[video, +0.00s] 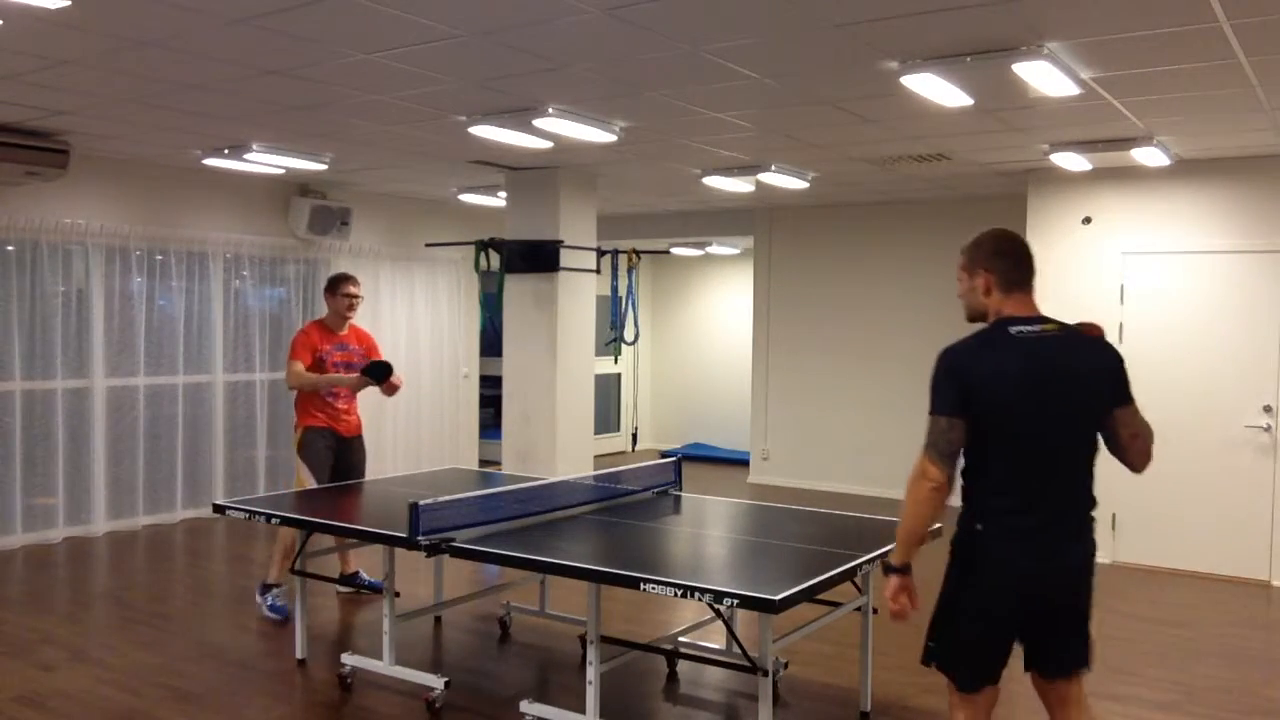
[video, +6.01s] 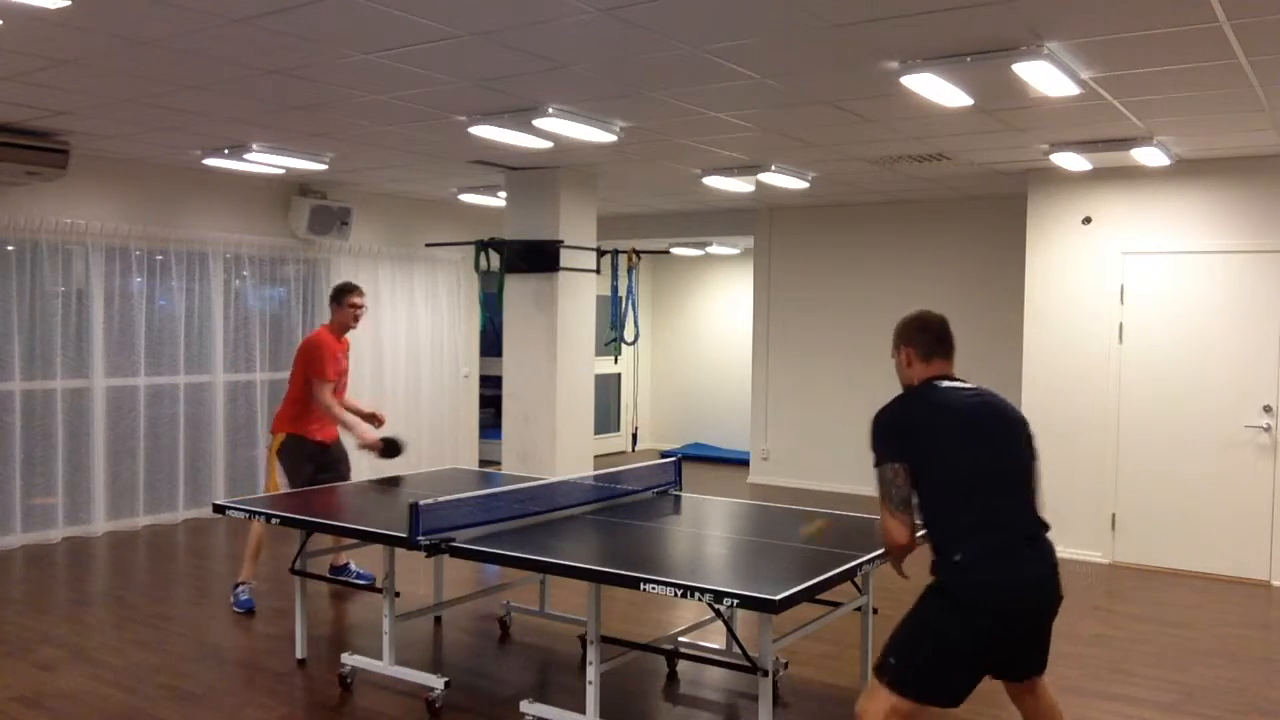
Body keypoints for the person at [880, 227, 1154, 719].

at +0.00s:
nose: (959, 290)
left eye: (962, 277)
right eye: (959, 277)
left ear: (986, 281)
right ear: (1028, 278)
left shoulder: (963, 360)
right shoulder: (1091, 354)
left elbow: (934, 477)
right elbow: (1138, 453)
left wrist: (900, 564)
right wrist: (1102, 359)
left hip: (988, 557)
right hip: (1066, 554)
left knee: (971, 700)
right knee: (1063, 689)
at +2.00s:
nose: (904, 373)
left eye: (906, 362)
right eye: (904, 363)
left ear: (922, 361)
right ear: (949, 359)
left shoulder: (949, 407)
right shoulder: (975, 403)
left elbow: (936, 505)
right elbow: (927, 508)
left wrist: (883, 464)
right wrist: (849, 509)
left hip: (1002, 577)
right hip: (1037, 572)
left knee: (906, 694)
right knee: (1001, 661)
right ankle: (1034, 717)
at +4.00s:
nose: (1009, 324)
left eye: (1012, 314)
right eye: (1011, 314)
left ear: (1025, 315)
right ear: (1066, 320)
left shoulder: (1021, 381)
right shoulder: (1098, 379)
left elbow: (1014, 490)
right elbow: (1097, 483)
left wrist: (978, 560)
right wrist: (1027, 521)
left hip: (1079, 554)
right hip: (1129, 549)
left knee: (1030, 690)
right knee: (1076, 674)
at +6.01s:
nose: (896, 369)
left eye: (896, 359)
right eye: (894, 360)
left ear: (906, 356)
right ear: (950, 354)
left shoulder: (897, 416)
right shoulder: (1005, 410)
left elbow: (900, 538)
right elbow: (1025, 507)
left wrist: (897, 553)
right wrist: (943, 526)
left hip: (968, 585)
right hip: (1037, 576)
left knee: (879, 706)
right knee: (1027, 684)